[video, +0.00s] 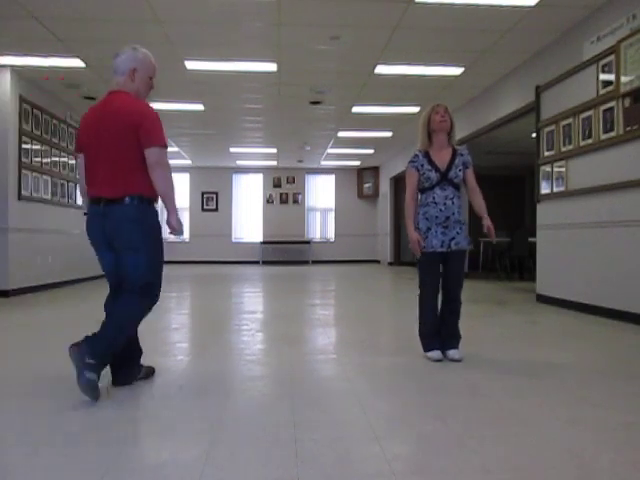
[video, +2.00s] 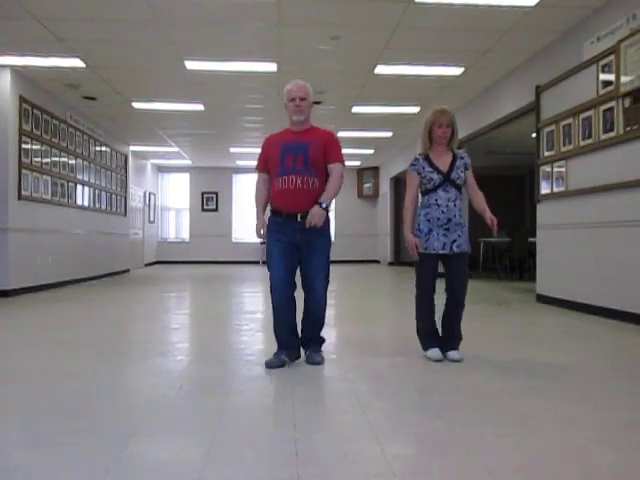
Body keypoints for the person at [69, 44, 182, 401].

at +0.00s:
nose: (151, 89)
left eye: (153, 82)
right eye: (150, 81)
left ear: (119, 75)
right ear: (134, 75)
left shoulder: (90, 115)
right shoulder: (142, 113)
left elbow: (85, 171)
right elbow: (157, 164)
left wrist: (92, 207)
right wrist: (172, 209)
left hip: (98, 214)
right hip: (134, 213)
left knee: (120, 289)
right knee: (144, 291)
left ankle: (126, 368)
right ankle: (92, 353)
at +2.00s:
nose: (297, 103)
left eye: (303, 98)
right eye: (292, 99)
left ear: (311, 102)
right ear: (285, 104)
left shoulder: (326, 138)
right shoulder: (272, 142)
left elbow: (337, 174)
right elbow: (263, 180)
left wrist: (323, 205)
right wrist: (260, 214)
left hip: (314, 222)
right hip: (280, 223)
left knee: (316, 288)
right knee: (280, 288)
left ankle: (313, 345)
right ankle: (287, 348)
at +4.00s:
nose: (282, 96)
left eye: (287, 93)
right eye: (276, 93)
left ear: (295, 102)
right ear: (267, 102)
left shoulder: (311, 137)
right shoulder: (254, 141)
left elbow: (322, 175)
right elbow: (243, 182)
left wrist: (316, 202)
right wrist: (243, 216)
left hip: (304, 220)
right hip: (269, 220)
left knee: (303, 287)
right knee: (268, 285)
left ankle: (298, 346)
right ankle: (275, 347)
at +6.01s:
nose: (270, 97)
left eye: (275, 93)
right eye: (265, 94)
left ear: (284, 102)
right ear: (255, 103)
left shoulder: (300, 138)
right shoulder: (242, 140)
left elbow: (312, 179)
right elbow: (229, 181)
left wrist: (310, 214)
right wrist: (229, 218)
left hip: (293, 221)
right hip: (257, 220)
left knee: (288, 290)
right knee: (257, 286)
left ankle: (278, 347)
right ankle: (257, 346)